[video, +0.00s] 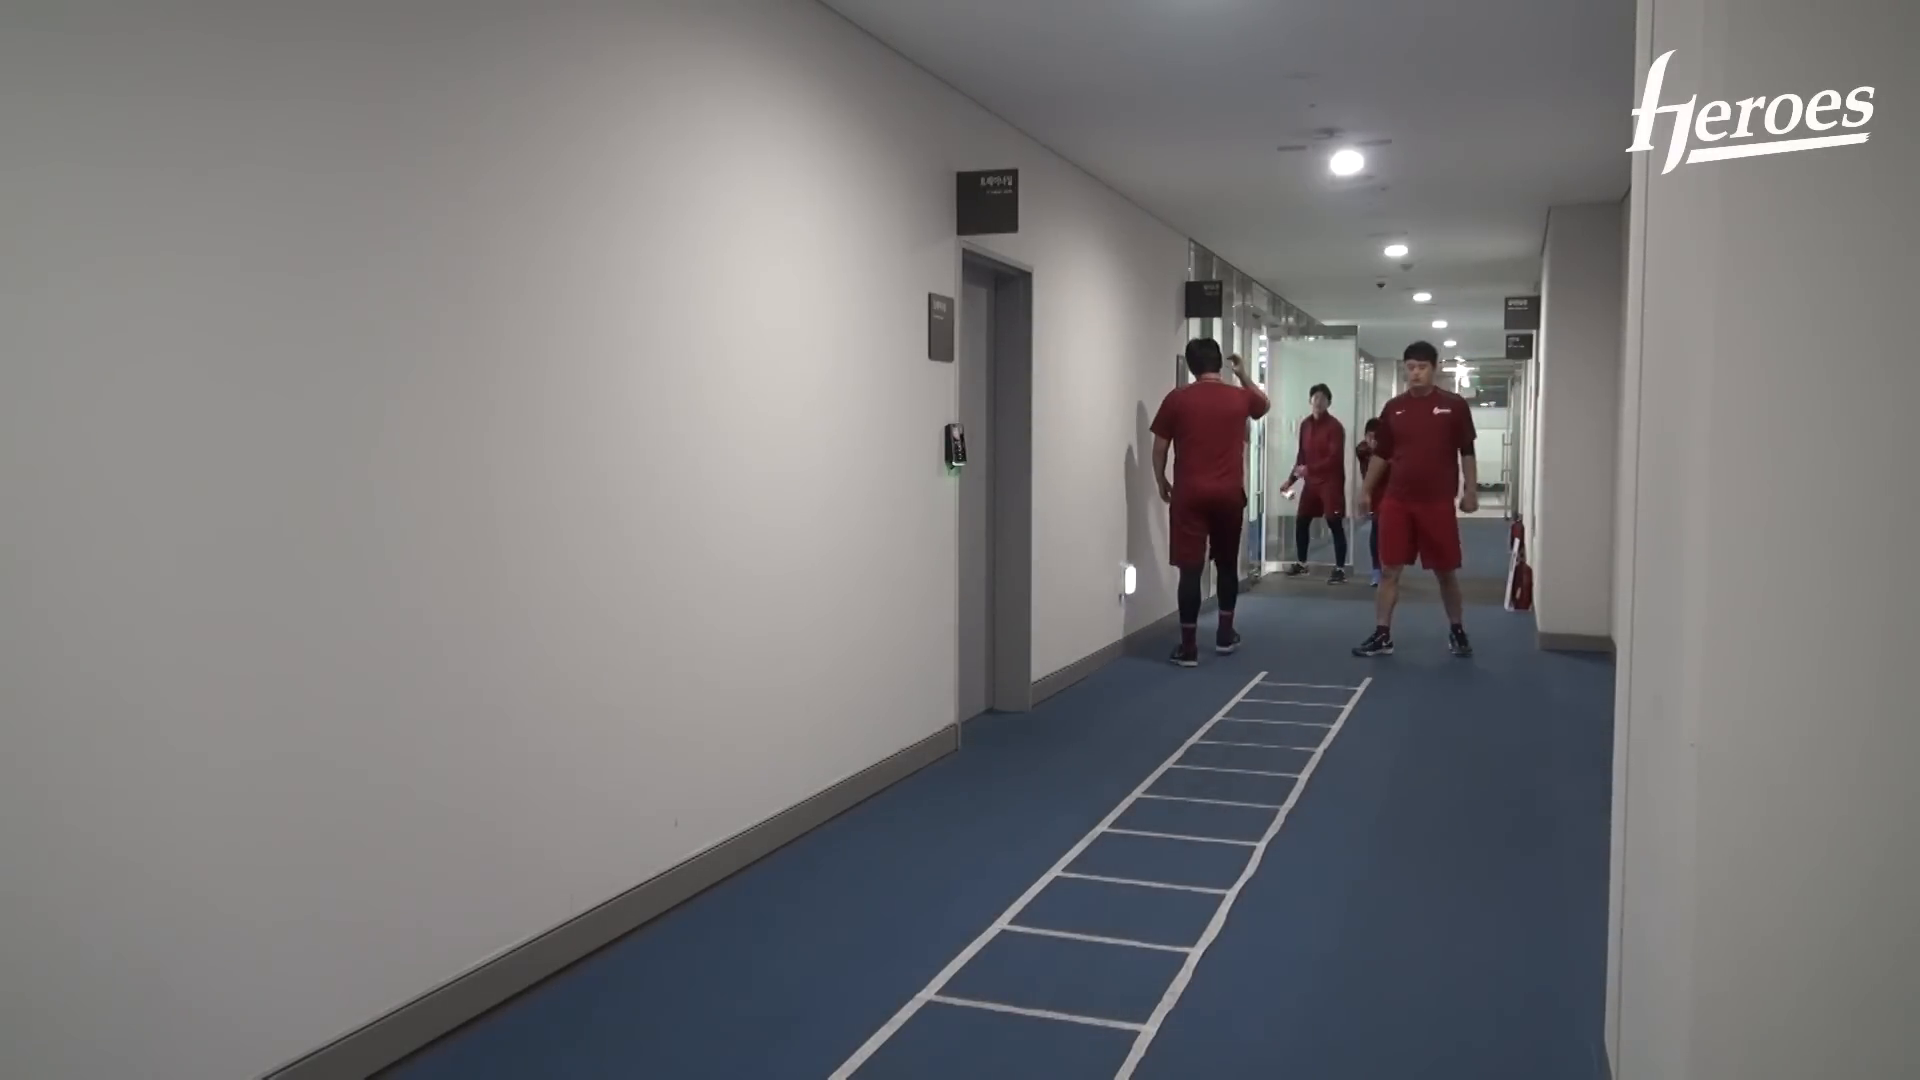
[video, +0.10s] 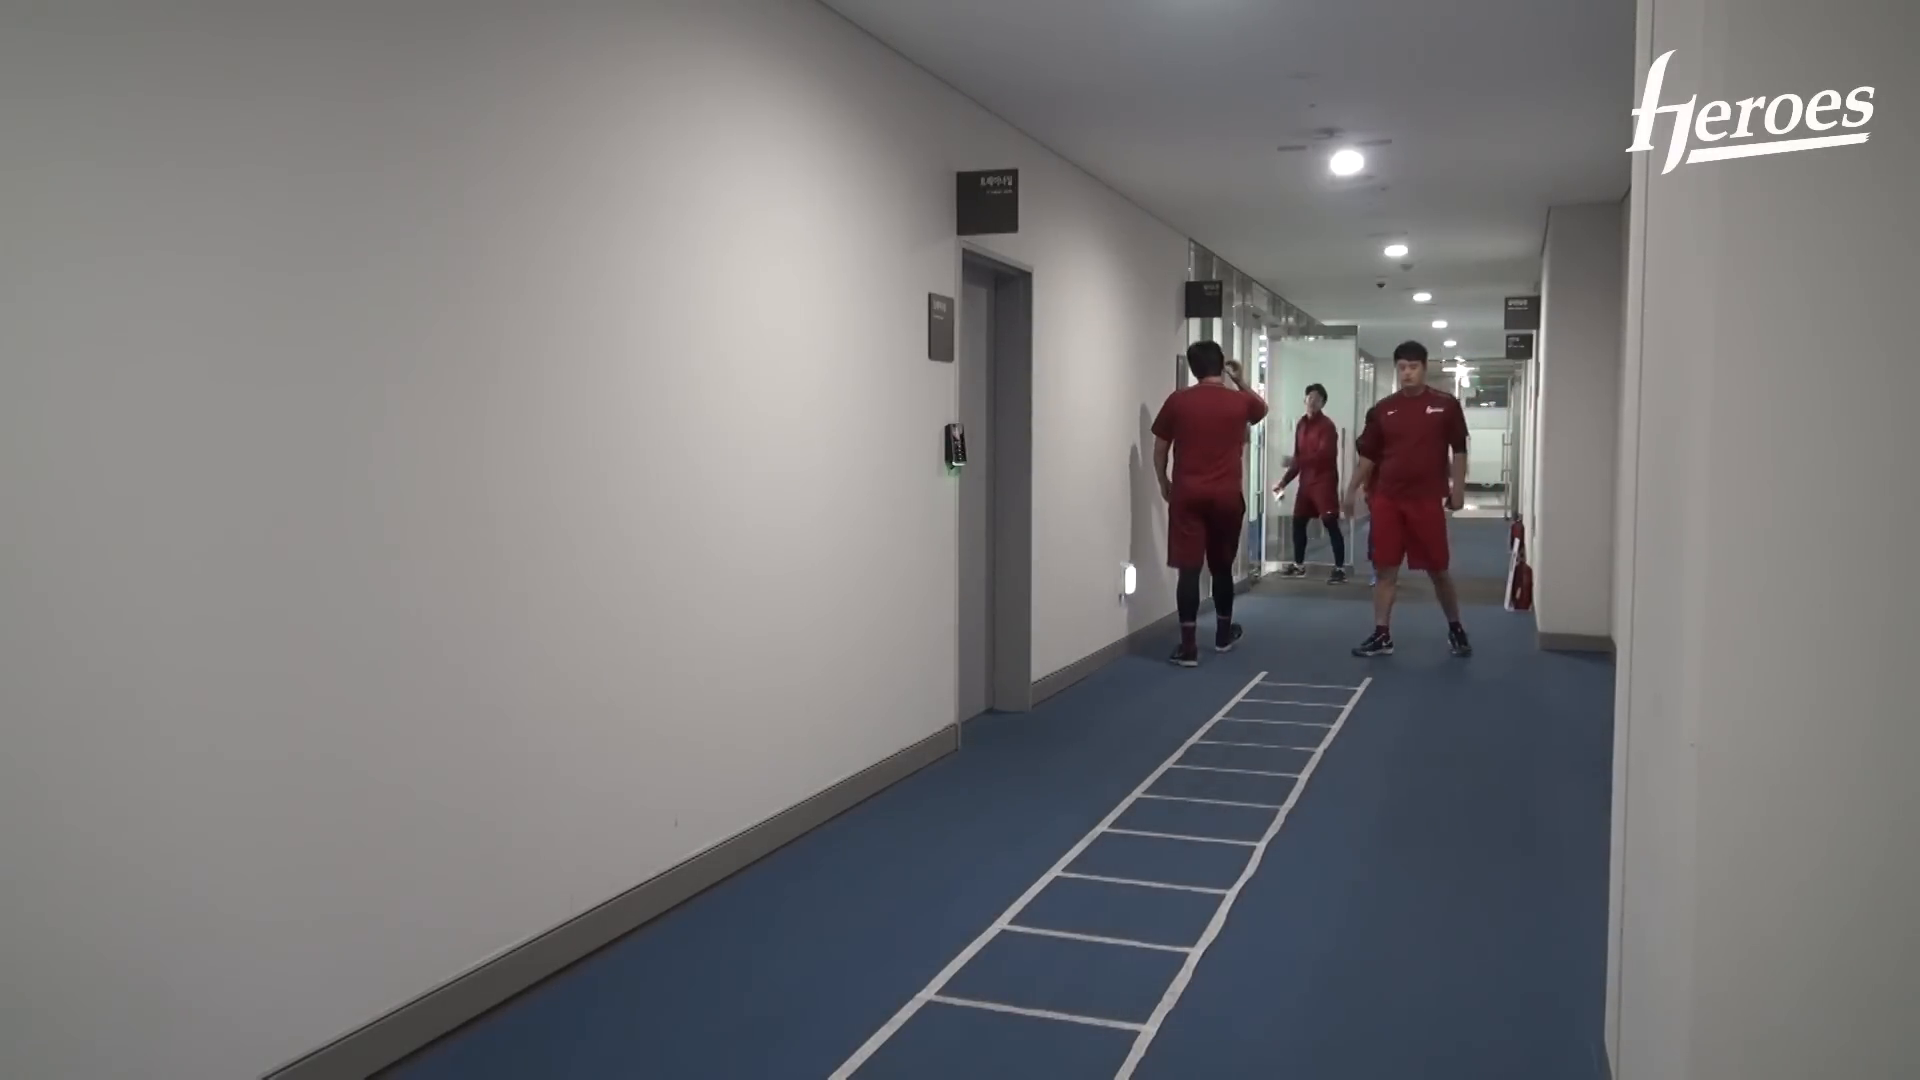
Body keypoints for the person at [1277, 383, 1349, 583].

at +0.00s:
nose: (1318, 402)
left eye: (1322, 398)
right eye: (1315, 397)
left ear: (1328, 402)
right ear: (1310, 400)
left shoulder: (1335, 427)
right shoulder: (1305, 425)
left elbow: (1334, 459)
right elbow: (1302, 456)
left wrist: (1309, 469)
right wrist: (1290, 480)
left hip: (1331, 483)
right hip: (1311, 482)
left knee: (1334, 520)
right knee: (1302, 520)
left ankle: (1339, 567)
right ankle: (1301, 563)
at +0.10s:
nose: (1311, 400)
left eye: (1316, 397)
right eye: (1309, 396)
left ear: (1322, 401)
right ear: (1305, 399)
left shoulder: (1327, 425)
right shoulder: (1302, 424)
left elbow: (1326, 455)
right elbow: (1299, 459)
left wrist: (1297, 461)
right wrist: (1283, 483)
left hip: (1325, 482)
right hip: (1306, 482)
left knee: (1329, 521)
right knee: (1299, 521)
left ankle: (1339, 567)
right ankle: (1299, 564)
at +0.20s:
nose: (1302, 401)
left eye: (1307, 398)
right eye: (1301, 397)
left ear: (1315, 402)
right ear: (1299, 399)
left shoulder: (1318, 426)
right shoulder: (1297, 425)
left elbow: (1315, 455)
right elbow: (1295, 460)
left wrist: (1286, 460)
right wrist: (1276, 482)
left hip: (1316, 482)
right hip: (1299, 482)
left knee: (1323, 522)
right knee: (1293, 521)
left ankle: (1338, 567)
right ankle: (1297, 564)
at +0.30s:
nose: (1292, 403)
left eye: (1296, 400)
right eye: (1292, 399)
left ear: (1306, 403)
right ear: (1294, 401)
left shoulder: (1309, 427)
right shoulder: (1294, 425)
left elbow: (1304, 459)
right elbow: (1290, 459)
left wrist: (1277, 462)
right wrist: (1272, 479)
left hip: (1306, 483)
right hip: (1291, 481)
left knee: (1313, 522)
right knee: (1290, 522)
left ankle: (1334, 564)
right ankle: (1296, 564)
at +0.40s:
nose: (1283, 402)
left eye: (1287, 399)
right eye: (1284, 398)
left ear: (1297, 403)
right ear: (1290, 401)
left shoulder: (1298, 426)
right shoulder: (1288, 424)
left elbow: (1295, 459)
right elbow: (1285, 458)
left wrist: (1273, 463)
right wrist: (1270, 474)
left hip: (1297, 480)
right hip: (1286, 480)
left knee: (1298, 523)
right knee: (1288, 523)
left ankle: (1324, 562)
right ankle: (1296, 564)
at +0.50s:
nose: (1273, 402)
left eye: (1277, 398)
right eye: (1274, 398)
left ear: (1286, 400)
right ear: (1287, 400)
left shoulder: (1287, 425)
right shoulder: (1285, 423)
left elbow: (1287, 455)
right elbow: (1284, 455)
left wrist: (1269, 462)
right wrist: (1270, 466)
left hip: (1289, 478)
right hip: (1286, 477)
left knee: (1281, 519)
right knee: (1285, 520)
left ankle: (1302, 558)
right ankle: (1297, 560)